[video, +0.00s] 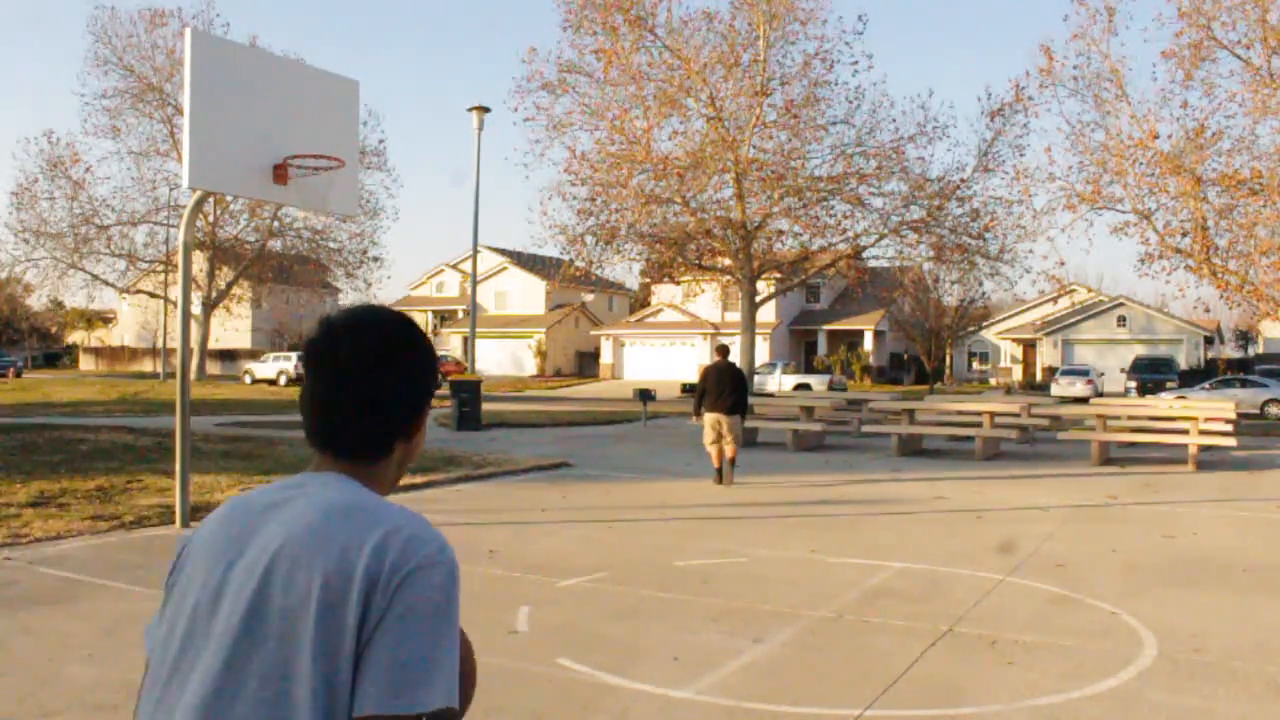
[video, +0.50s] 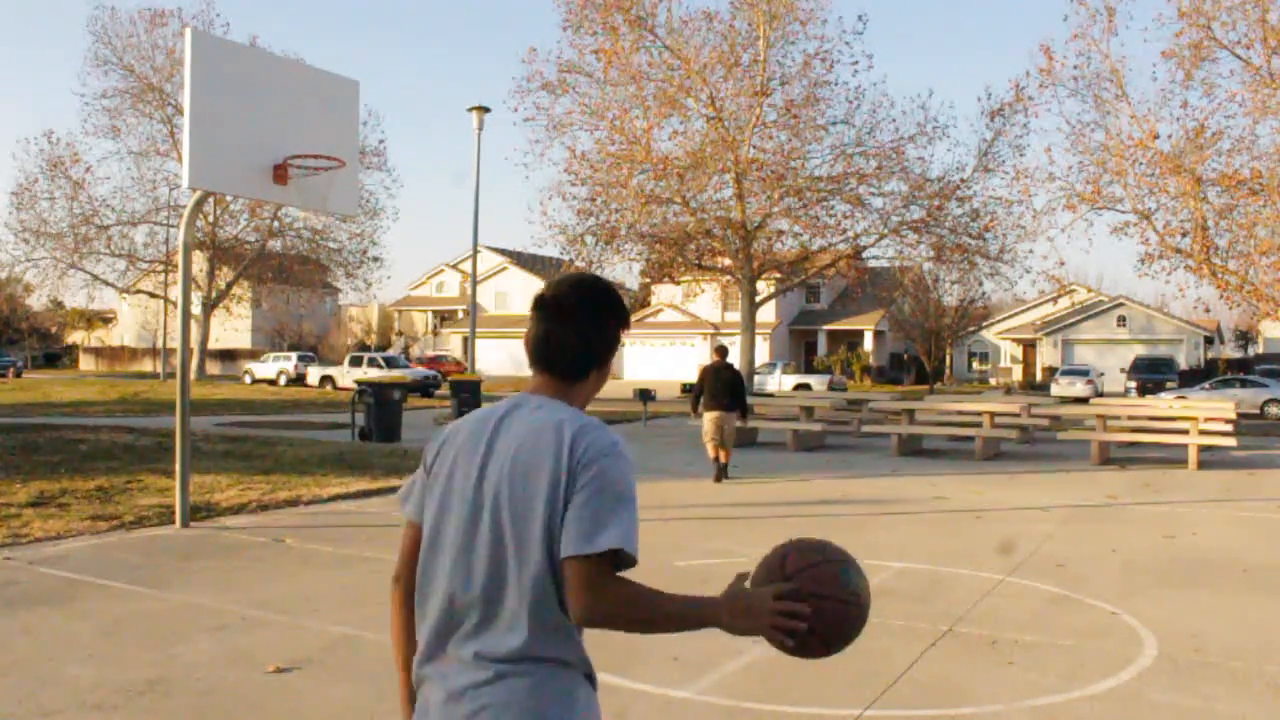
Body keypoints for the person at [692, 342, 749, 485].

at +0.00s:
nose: (718, 356)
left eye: (717, 353)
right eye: (722, 353)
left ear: (716, 354)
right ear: (728, 354)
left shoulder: (708, 370)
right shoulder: (737, 372)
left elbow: (700, 392)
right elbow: (743, 394)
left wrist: (696, 411)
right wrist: (742, 413)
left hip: (711, 412)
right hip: (731, 413)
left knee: (713, 442)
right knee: (730, 441)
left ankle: (718, 472)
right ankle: (731, 462)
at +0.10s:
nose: (716, 355)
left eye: (715, 353)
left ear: (715, 353)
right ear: (727, 353)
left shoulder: (707, 370)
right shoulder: (737, 371)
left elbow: (697, 390)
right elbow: (744, 393)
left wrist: (694, 408)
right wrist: (743, 411)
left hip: (710, 411)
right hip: (730, 411)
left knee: (714, 442)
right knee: (732, 441)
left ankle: (718, 473)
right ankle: (731, 466)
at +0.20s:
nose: (715, 355)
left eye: (715, 353)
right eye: (719, 353)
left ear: (715, 353)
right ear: (727, 354)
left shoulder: (707, 370)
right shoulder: (736, 371)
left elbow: (697, 389)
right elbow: (743, 392)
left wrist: (693, 404)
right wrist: (744, 408)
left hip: (711, 410)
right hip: (730, 410)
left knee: (715, 442)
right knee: (730, 441)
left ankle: (718, 473)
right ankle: (730, 472)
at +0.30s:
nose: (715, 356)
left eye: (715, 354)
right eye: (718, 354)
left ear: (715, 354)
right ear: (727, 355)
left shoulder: (707, 371)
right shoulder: (735, 372)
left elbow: (697, 389)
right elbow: (743, 393)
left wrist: (692, 404)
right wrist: (744, 410)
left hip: (711, 409)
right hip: (729, 410)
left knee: (715, 441)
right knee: (728, 442)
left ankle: (718, 470)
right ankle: (727, 468)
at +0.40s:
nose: (714, 357)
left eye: (714, 355)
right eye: (718, 354)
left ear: (715, 355)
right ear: (727, 356)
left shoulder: (707, 371)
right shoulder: (735, 373)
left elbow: (697, 389)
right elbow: (742, 394)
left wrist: (693, 405)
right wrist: (745, 413)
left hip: (711, 410)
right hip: (729, 410)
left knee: (714, 440)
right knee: (727, 441)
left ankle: (718, 471)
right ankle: (725, 469)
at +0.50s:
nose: (715, 357)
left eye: (715, 354)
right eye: (718, 354)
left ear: (714, 354)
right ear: (727, 355)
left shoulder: (707, 371)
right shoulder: (735, 373)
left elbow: (697, 390)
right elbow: (741, 395)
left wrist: (694, 407)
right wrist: (743, 413)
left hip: (712, 411)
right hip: (729, 411)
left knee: (711, 439)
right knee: (726, 443)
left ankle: (716, 462)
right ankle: (724, 468)